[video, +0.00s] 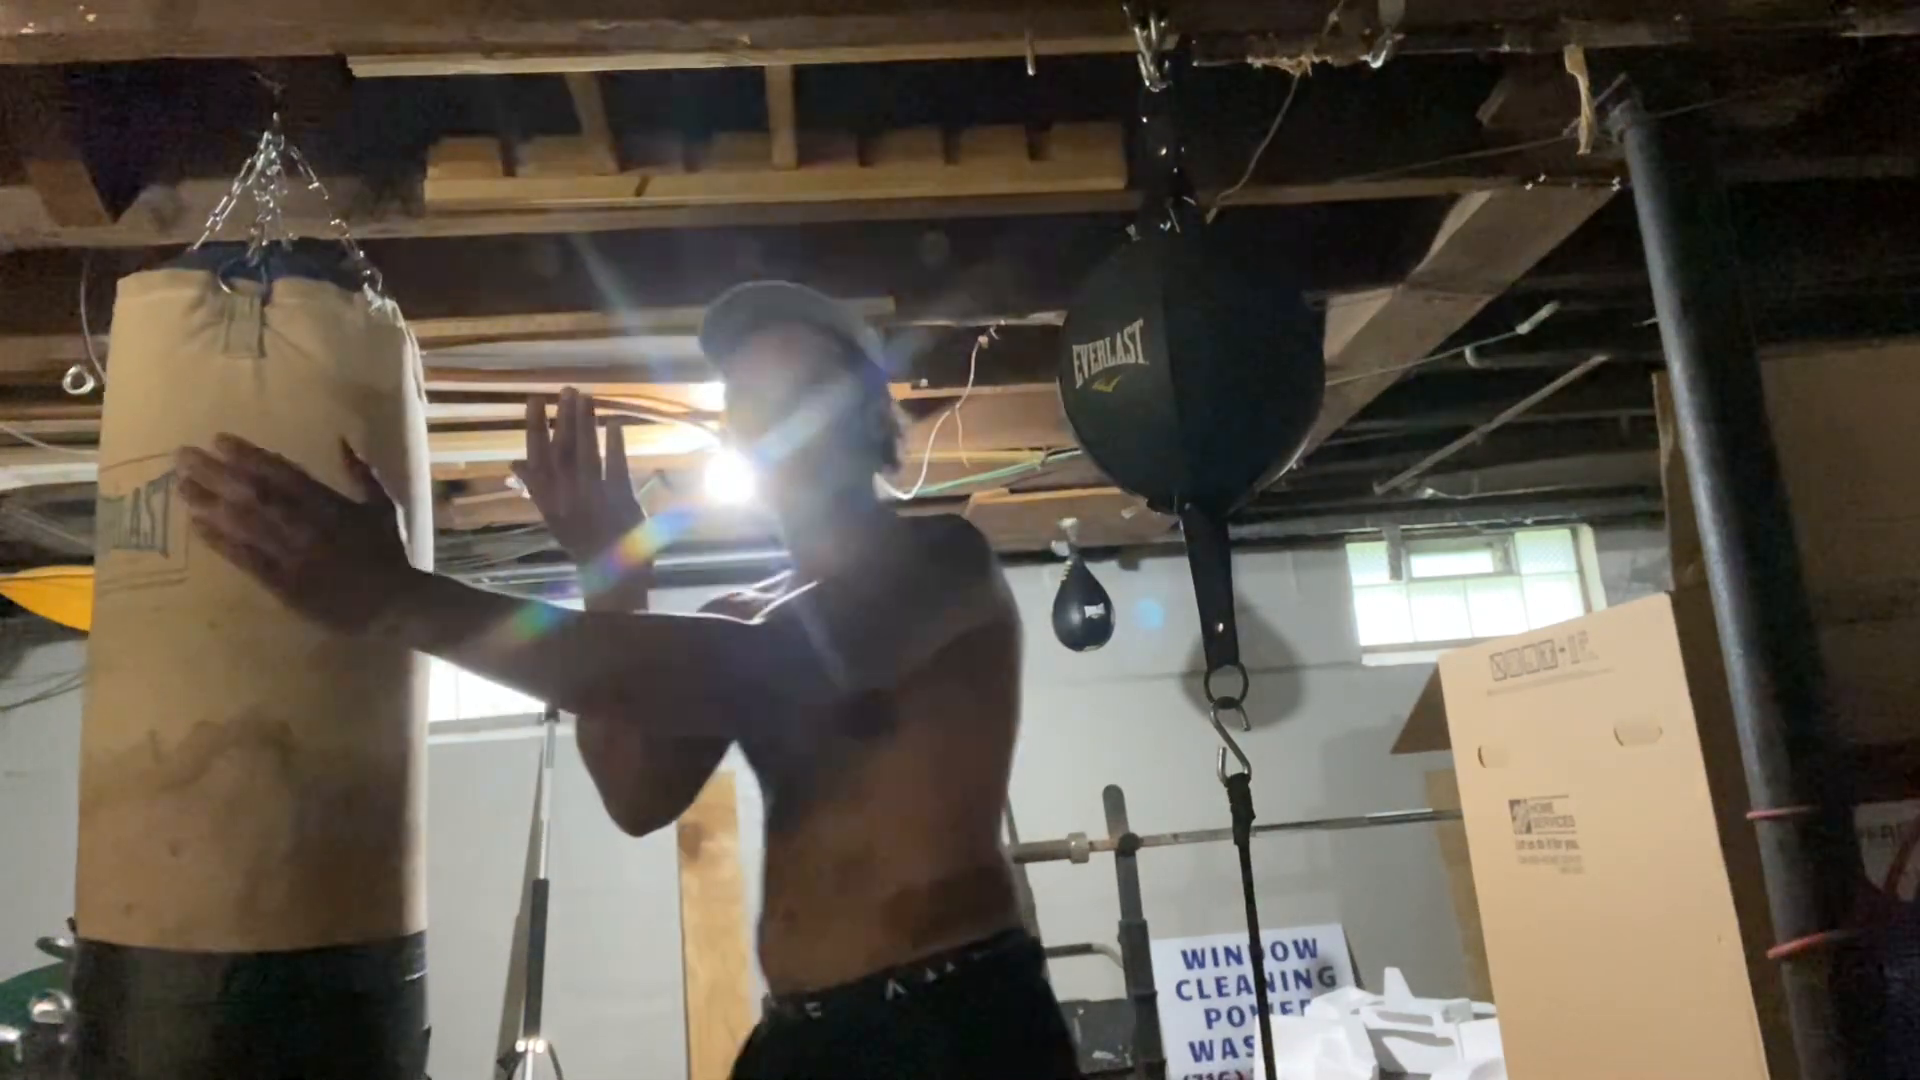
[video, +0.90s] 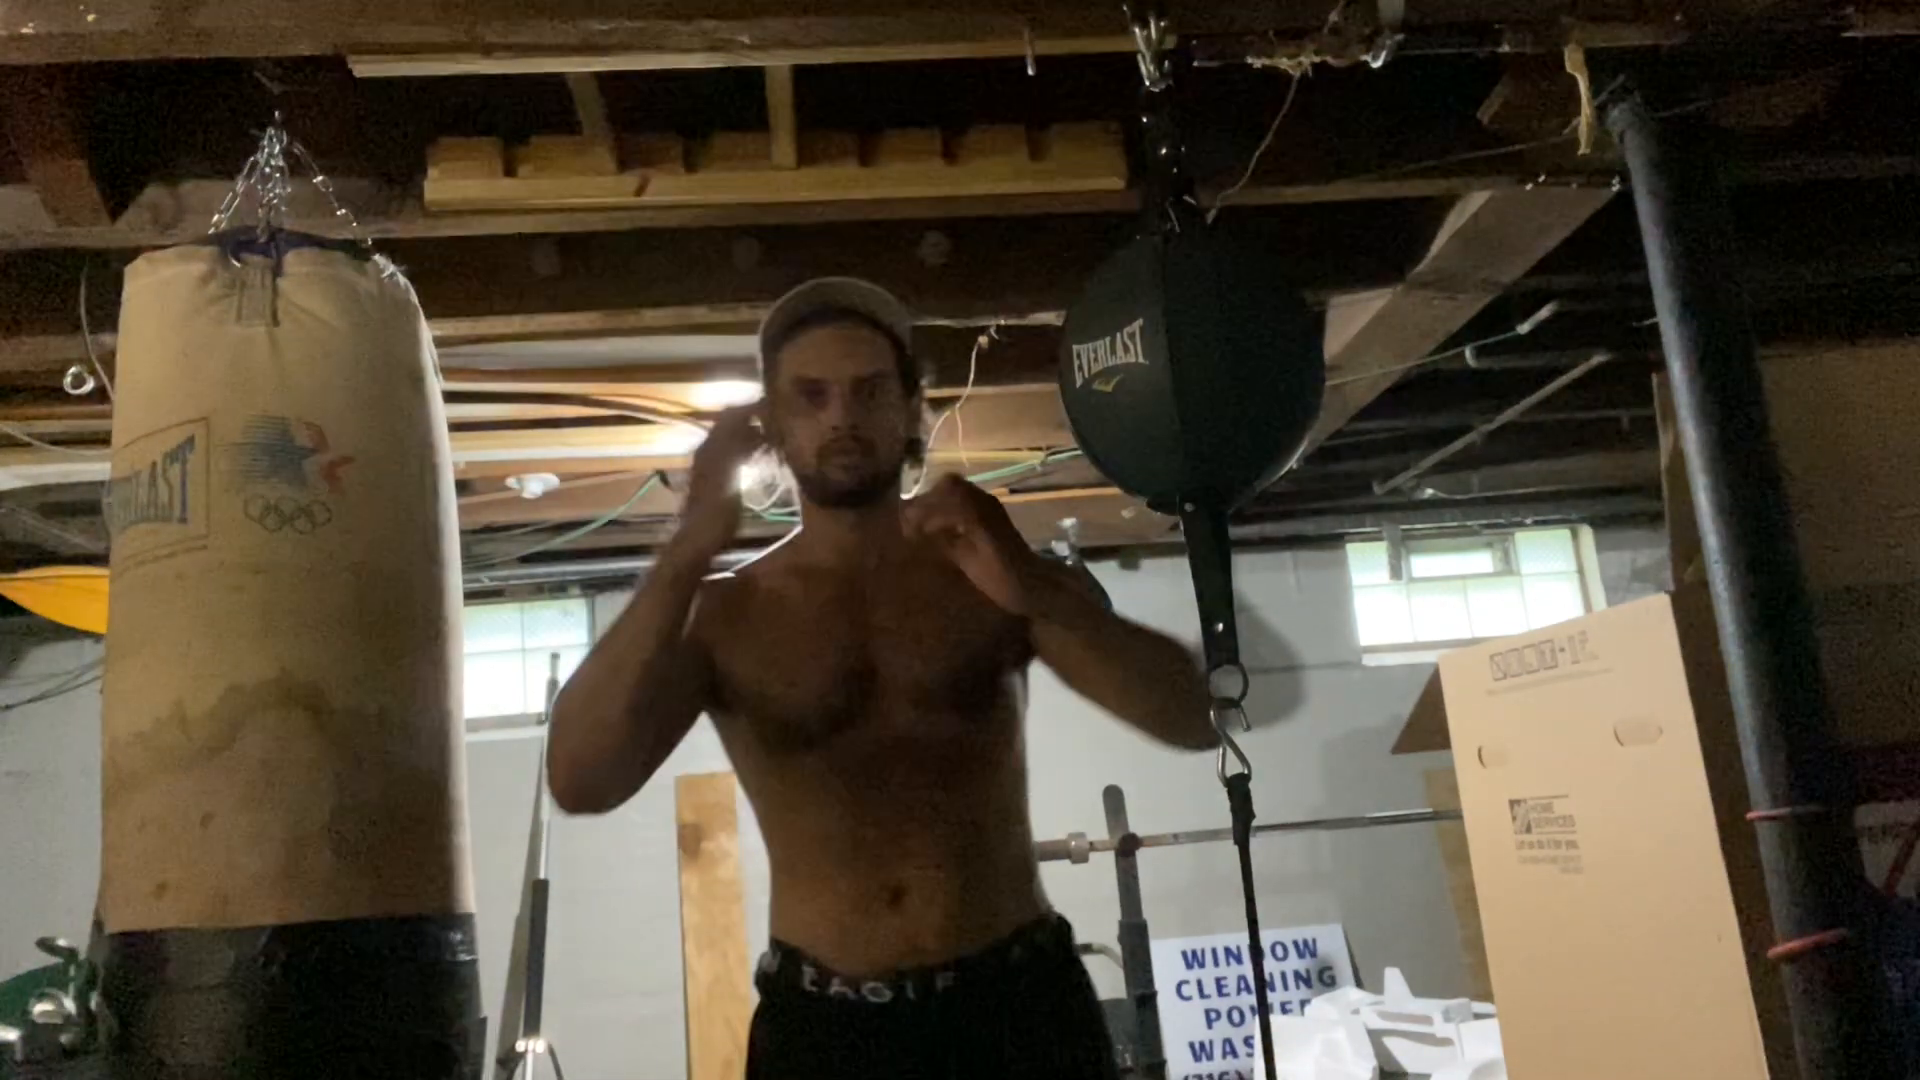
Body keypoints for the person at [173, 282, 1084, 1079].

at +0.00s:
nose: (778, 433)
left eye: (805, 396)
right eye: (751, 413)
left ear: (878, 416)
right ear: (731, 445)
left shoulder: (941, 557)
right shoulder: (762, 624)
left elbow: (765, 679)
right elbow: (645, 797)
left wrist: (400, 604)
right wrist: (607, 574)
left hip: (959, 1016)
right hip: (801, 1034)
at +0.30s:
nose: (790, 446)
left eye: (817, 412)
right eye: (763, 424)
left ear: (885, 428)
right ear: (743, 452)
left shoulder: (952, 576)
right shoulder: (747, 615)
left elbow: (812, 700)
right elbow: (640, 784)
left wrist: (475, 624)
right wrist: (625, 559)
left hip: (943, 1018)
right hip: (786, 1030)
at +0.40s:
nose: (786, 437)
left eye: (814, 405)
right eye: (755, 416)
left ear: (869, 430)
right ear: (727, 447)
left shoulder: (949, 582)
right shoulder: (705, 606)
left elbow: (837, 717)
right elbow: (615, 765)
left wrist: (555, 640)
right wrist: (632, 535)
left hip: (929, 1007)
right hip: (762, 1025)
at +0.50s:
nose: (777, 431)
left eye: (806, 401)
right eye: (748, 409)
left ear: (859, 426)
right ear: (720, 438)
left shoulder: (946, 584)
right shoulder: (689, 603)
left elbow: (912, 743)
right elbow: (594, 735)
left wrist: (656, 662)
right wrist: (629, 505)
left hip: (927, 1007)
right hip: (748, 1027)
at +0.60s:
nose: (780, 438)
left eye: (809, 408)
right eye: (751, 414)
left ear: (856, 431)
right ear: (719, 445)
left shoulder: (948, 589)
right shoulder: (678, 598)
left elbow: (969, 756)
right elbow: (587, 716)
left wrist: (745, 664)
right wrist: (628, 470)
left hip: (930, 1010)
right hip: (741, 1029)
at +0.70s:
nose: (807, 439)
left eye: (830, 411)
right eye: (777, 419)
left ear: (876, 428)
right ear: (740, 445)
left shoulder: (968, 593)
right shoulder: (686, 607)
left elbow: (1066, 754)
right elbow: (581, 726)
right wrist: (641, 455)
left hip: (953, 1011)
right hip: (759, 1031)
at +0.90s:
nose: (843, 419)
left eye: (870, 391)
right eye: (811, 395)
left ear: (915, 417)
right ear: (770, 428)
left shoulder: (996, 562)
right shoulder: (723, 607)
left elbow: (1193, 717)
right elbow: (581, 779)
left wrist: (1032, 593)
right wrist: (688, 545)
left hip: (1015, 1000)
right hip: (823, 1018)